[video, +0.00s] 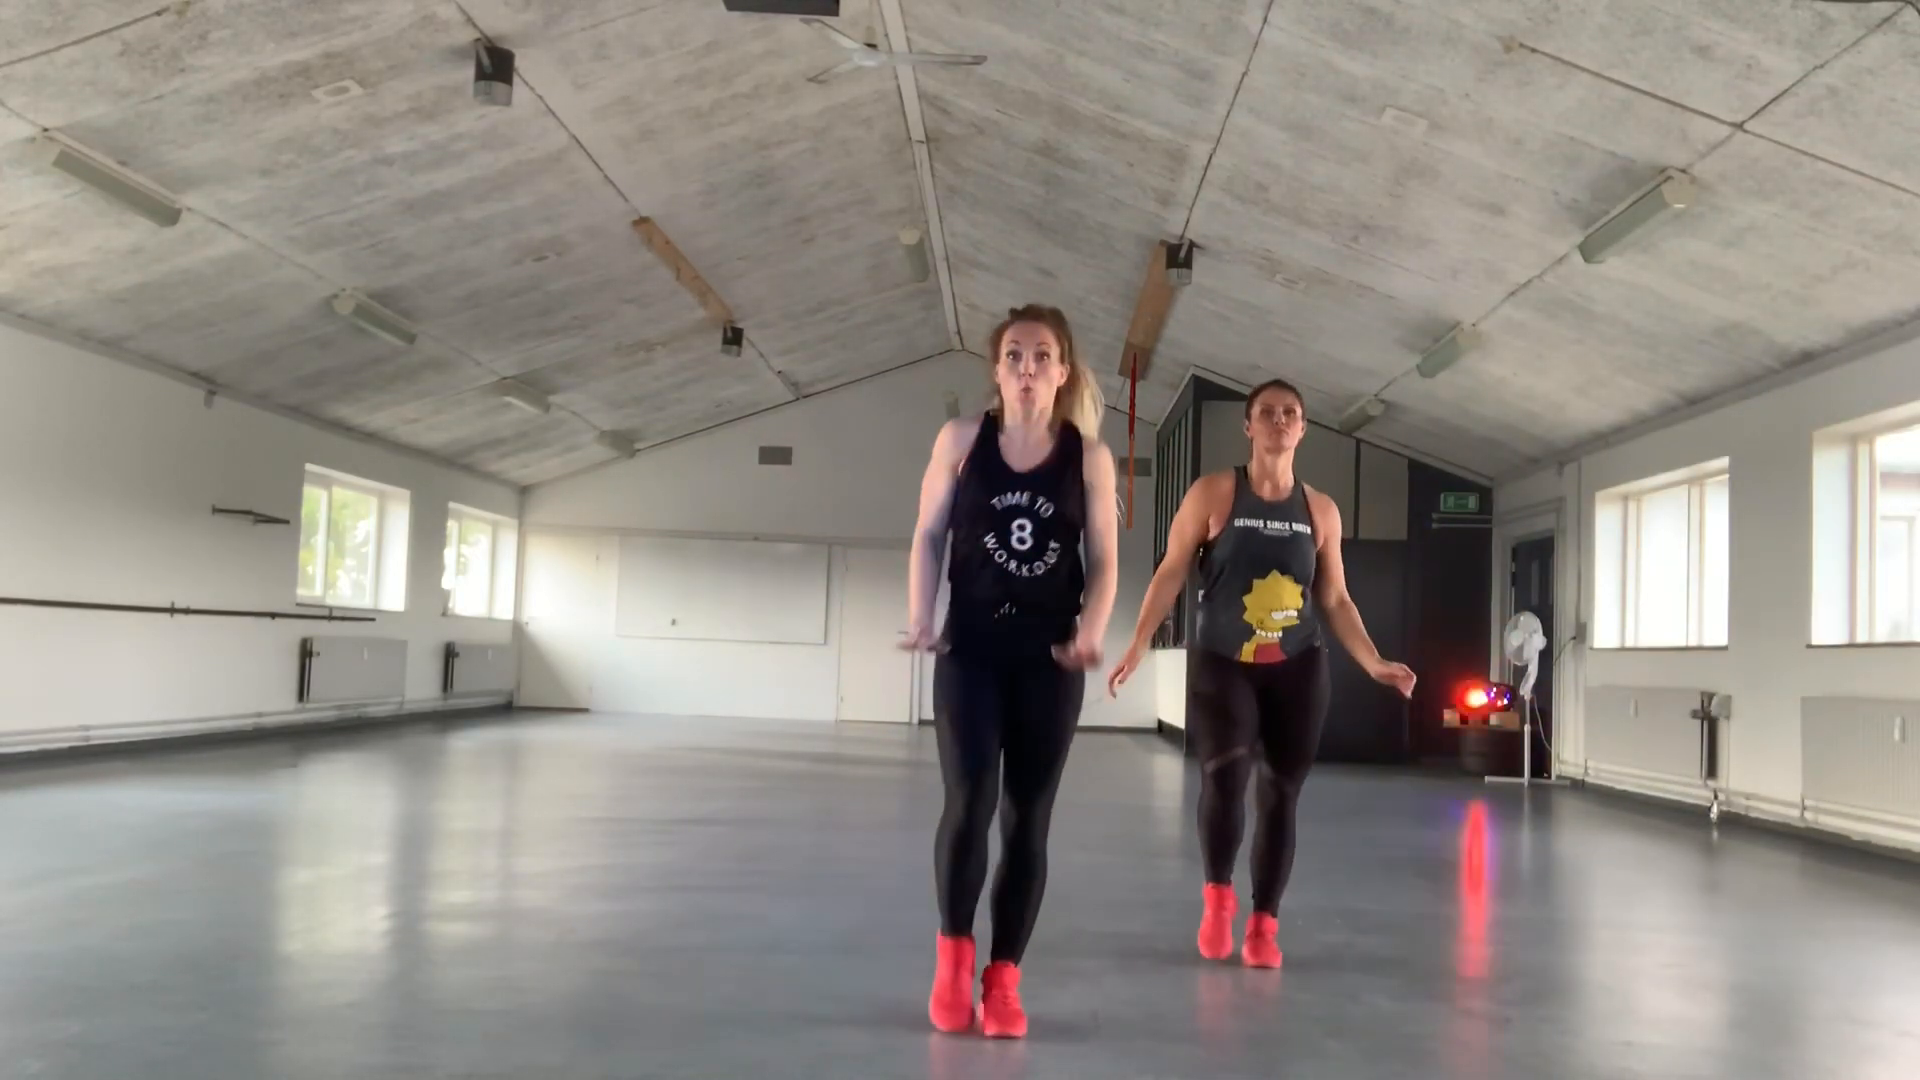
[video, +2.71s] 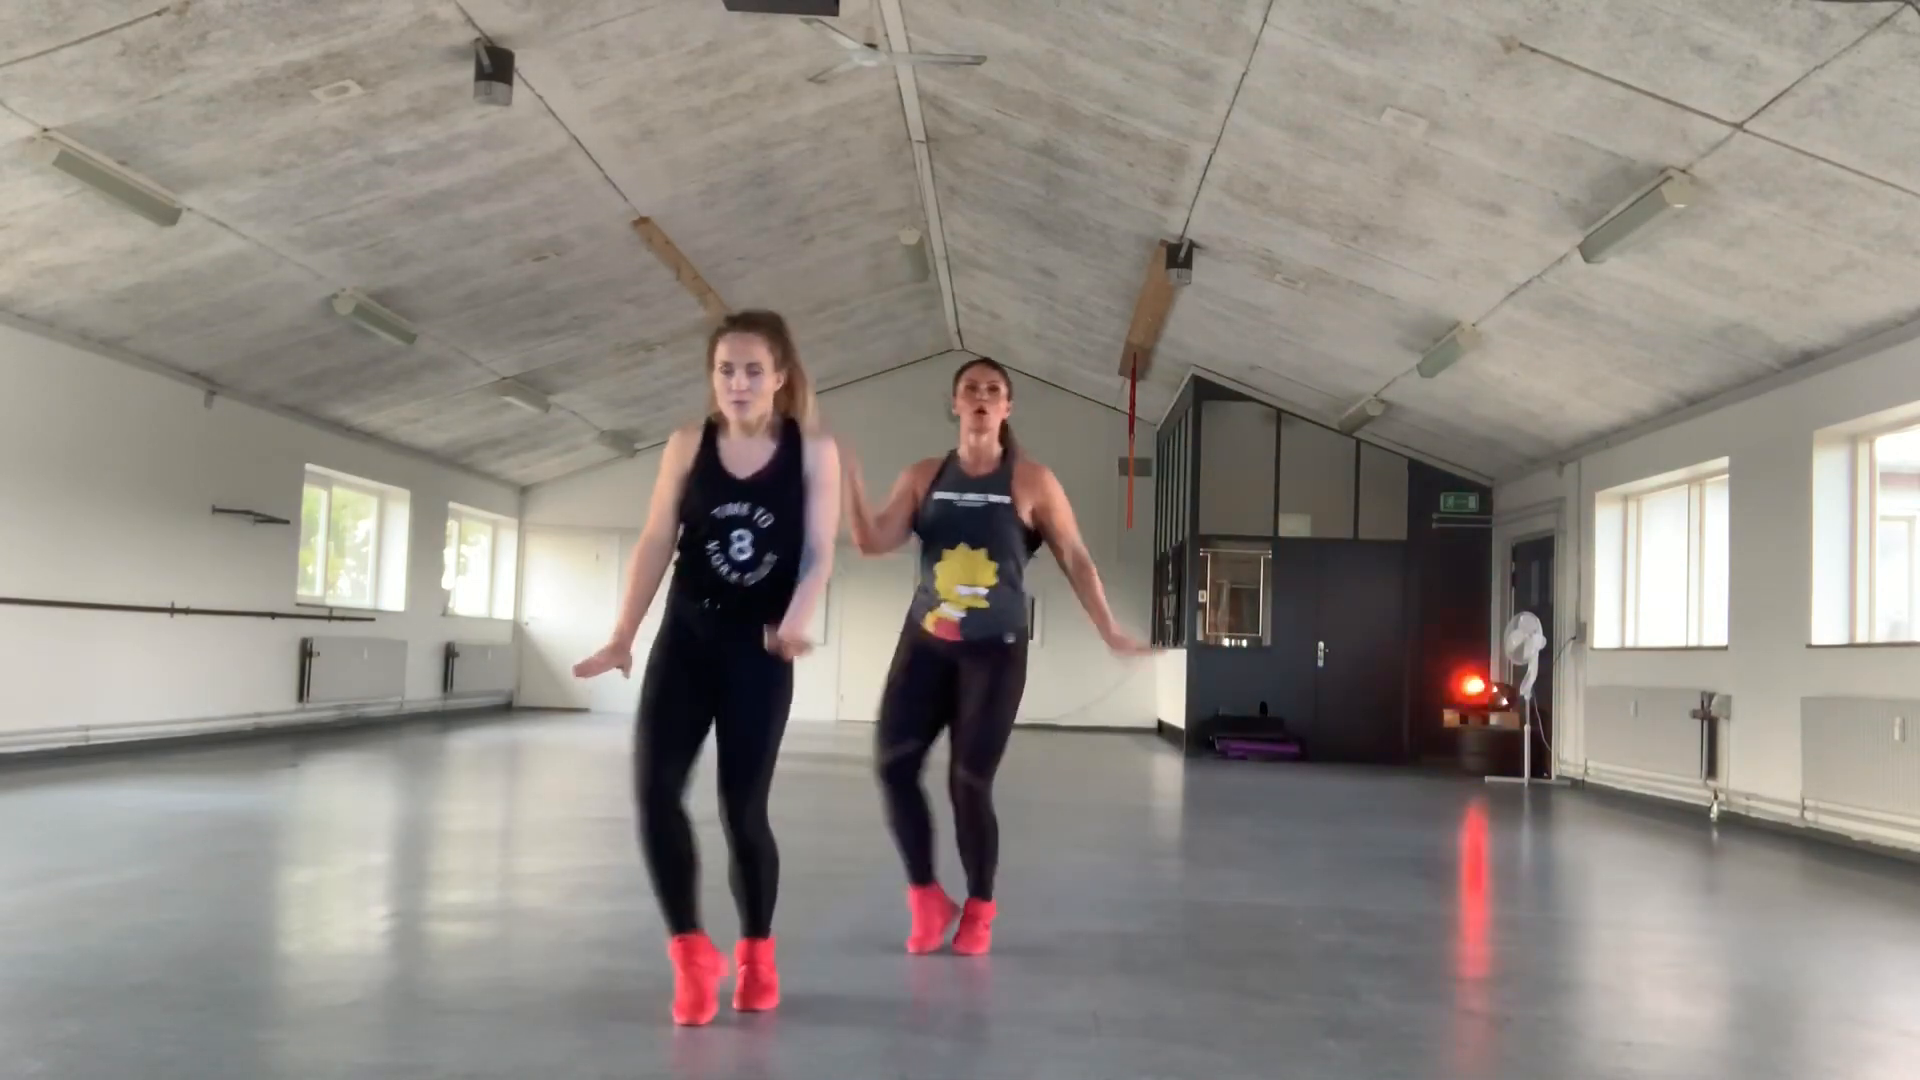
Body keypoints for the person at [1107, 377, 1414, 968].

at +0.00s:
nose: (1280, 422)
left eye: (1290, 414)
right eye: (1269, 413)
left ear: (1304, 429)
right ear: (1249, 427)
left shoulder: (1321, 511)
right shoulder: (1211, 493)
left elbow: (1336, 598)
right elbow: (1170, 572)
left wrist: (1374, 663)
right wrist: (1138, 645)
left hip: (1296, 668)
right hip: (1221, 663)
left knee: (1280, 789)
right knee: (1227, 768)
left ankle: (1265, 922)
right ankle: (1218, 897)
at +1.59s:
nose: (1253, 417)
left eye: (1262, 409)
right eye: (1242, 408)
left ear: (1275, 426)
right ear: (1220, 421)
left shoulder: (1289, 508)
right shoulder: (1182, 471)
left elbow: (1295, 599)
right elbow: (1136, 529)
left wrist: (1301, 681)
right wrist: (1140, 602)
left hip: (1253, 653)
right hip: (1180, 648)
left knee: (1263, 786)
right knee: (1181, 749)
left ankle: (1282, 919)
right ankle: (1170, 855)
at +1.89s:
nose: (1183, 430)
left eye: (1194, 422)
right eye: (1173, 420)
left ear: (1209, 439)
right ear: (1154, 433)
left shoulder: (1224, 522)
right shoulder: (1123, 480)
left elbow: (1240, 612)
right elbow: (1084, 552)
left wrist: (1255, 699)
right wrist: (1077, 625)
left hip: (1199, 667)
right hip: (1130, 660)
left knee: (1182, 795)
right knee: (1114, 724)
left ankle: (1176, 916)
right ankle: (1108, 836)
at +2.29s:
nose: (1092, 417)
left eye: (1104, 409)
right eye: (1082, 408)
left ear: (1119, 422)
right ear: (1064, 420)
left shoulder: (1139, 501)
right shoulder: (1033, 470)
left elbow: (1151, 591)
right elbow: (1006, 550)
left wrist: (1158, 675)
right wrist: (998, 625)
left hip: (1110, 659)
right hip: (1039, 653)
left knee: (1089, 788)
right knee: (1011, 742)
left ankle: (1083, 912)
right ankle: (1021, 872)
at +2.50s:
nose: (1048, 396)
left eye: (1059, 389)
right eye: (1038, 387)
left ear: (1074, 405)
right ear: (1019, 399)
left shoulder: (1093, 484)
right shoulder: (984, 465)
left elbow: (1105, 575)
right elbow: (951, 549)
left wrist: (1090, 639)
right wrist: (930, 619)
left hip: (1060, 646)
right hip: (983, 641)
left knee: (1064, 781)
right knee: (956, 762)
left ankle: (1076, 909)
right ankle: (951, 889)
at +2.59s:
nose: (1016, 396)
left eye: (1028, 388)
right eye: (1006, 387)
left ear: (1044, 403)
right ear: (989, 400)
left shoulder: (1068, 478)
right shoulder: (955, 470)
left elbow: (1100, 560)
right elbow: (916, 552)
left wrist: (1085, 632)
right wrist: (853, 593)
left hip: (1026, 647)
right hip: (951, 642)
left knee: (1041, 772)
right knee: (955, 775)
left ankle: (1035, 897)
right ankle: (946, 906)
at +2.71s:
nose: (981, 400)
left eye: (992, 392)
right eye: (971, 390)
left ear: (1008, 406)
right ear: (954, 402)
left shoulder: (1033, 480)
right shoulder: (923, 476)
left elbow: (1076, 560)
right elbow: (873, 540)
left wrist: (1110, 630)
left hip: (994, 649)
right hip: (925, 642)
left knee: (968, 779)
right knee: (894, 762)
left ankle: (979, 903)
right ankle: (925, 895)